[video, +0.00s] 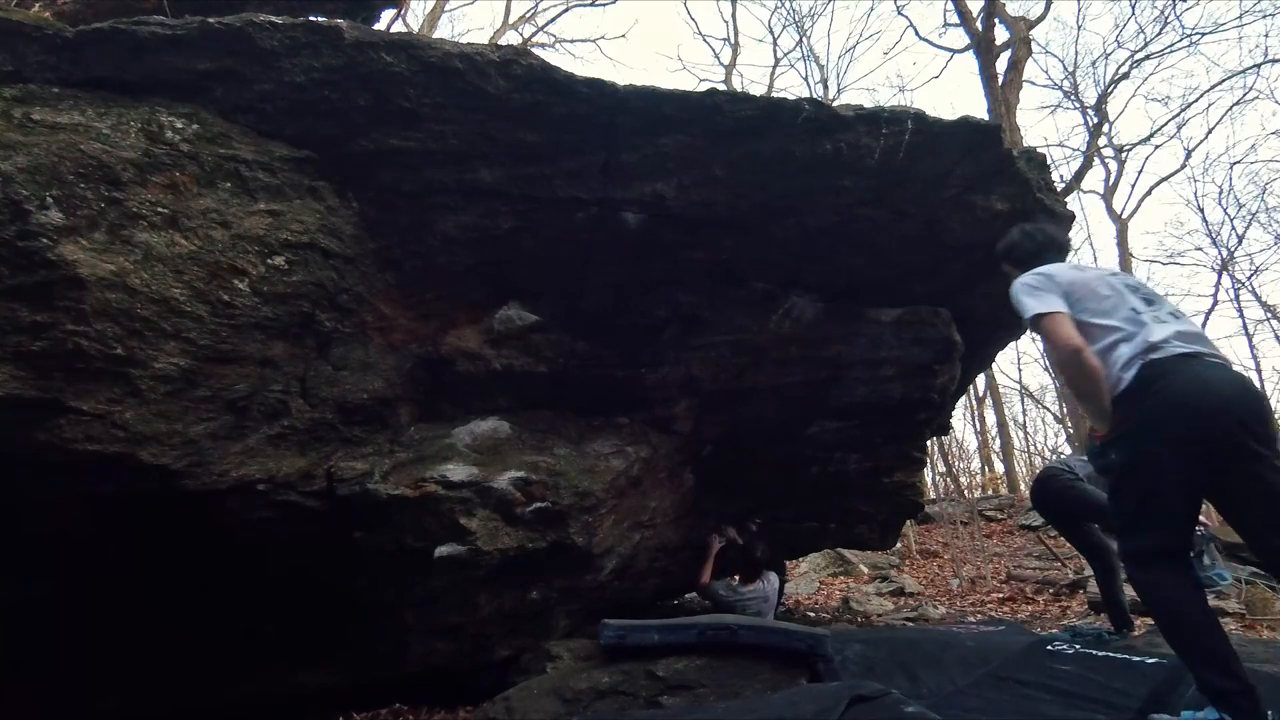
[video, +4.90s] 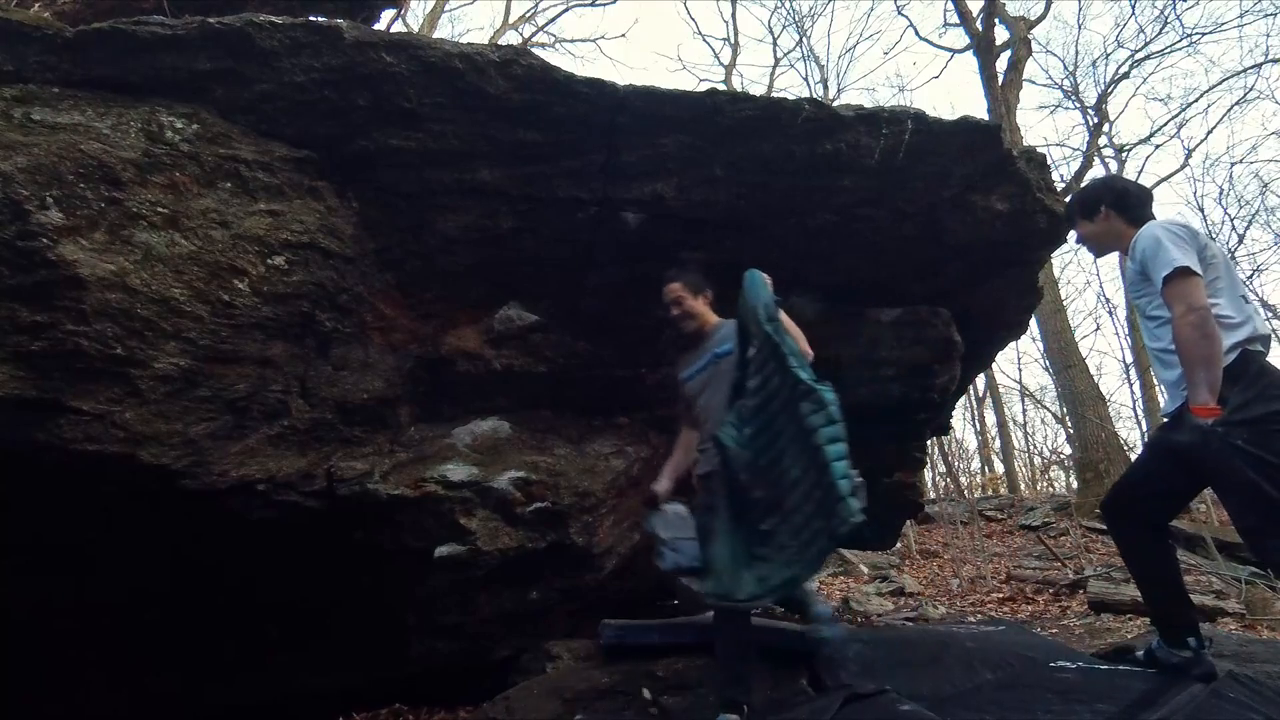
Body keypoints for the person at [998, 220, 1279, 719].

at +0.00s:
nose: (1008, 278)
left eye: (1007, 272)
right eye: (1007, 273)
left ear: (1015, 267)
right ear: (1060, 250)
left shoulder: (1032, 280)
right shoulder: (1117, 278)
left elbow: (1071, 349)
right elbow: (1175, 332)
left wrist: (1104, 425)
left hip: (1158, 399)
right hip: (1233, 388)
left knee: (1155, 560)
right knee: (1275, 545)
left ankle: (1235, 703)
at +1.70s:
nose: (1052, 261)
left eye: (1052, 249)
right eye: (1047, 253)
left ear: (1070, 232)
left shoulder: (1104, 247)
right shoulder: (1137, 256)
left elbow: (1139, 316)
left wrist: (1139, 401)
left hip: (1187, 388)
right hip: (1221, 386)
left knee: (1197, 539)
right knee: (1243, 534)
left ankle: (1244, 691)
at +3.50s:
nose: (1105, 253)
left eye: (1097, 241)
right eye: (1096, 250)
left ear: (1111, 213)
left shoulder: (1175, 228)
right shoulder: (1155, 254)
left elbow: (1205, 312)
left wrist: (1191, 404)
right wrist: (1176, 408)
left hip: (1220, 403)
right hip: (1198, 411)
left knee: (1246, 543)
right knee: (1206, 546)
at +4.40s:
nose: (1086, 222)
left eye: (1086, 208)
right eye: (1082, 213)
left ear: (1110, 194)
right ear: (1116, 196)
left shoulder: (1166, 225)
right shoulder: (1156, 239)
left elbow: (1206, 311)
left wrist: (1203, 407)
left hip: (1242, 388)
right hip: (1209, 403)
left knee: (1269, 522)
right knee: (1139, 505)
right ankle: (1257, 615)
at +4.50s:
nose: (1083, 221)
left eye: (1085, 208)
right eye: (1081, 211)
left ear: (1108, 197)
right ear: (1116, 199)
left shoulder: (1161, 227)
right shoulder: (1159, 236)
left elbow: (1198, 314)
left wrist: (1199, 409)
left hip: (1241, 390)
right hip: (1213, 402)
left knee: (1271, 533)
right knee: (1133, 498)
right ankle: (1213, 624)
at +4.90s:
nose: (1077, 237)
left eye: (1079, 224)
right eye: (1075, 228)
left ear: (1105, 213)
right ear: (1110, 217)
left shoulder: (1156, 235)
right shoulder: (1143, 256)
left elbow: (1195, 313)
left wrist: (1204, 407)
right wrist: (1183, 409)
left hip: (1238, 395)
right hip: (1199, 411)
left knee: (1271, 541)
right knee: (1126, 509)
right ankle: (1180, 642)